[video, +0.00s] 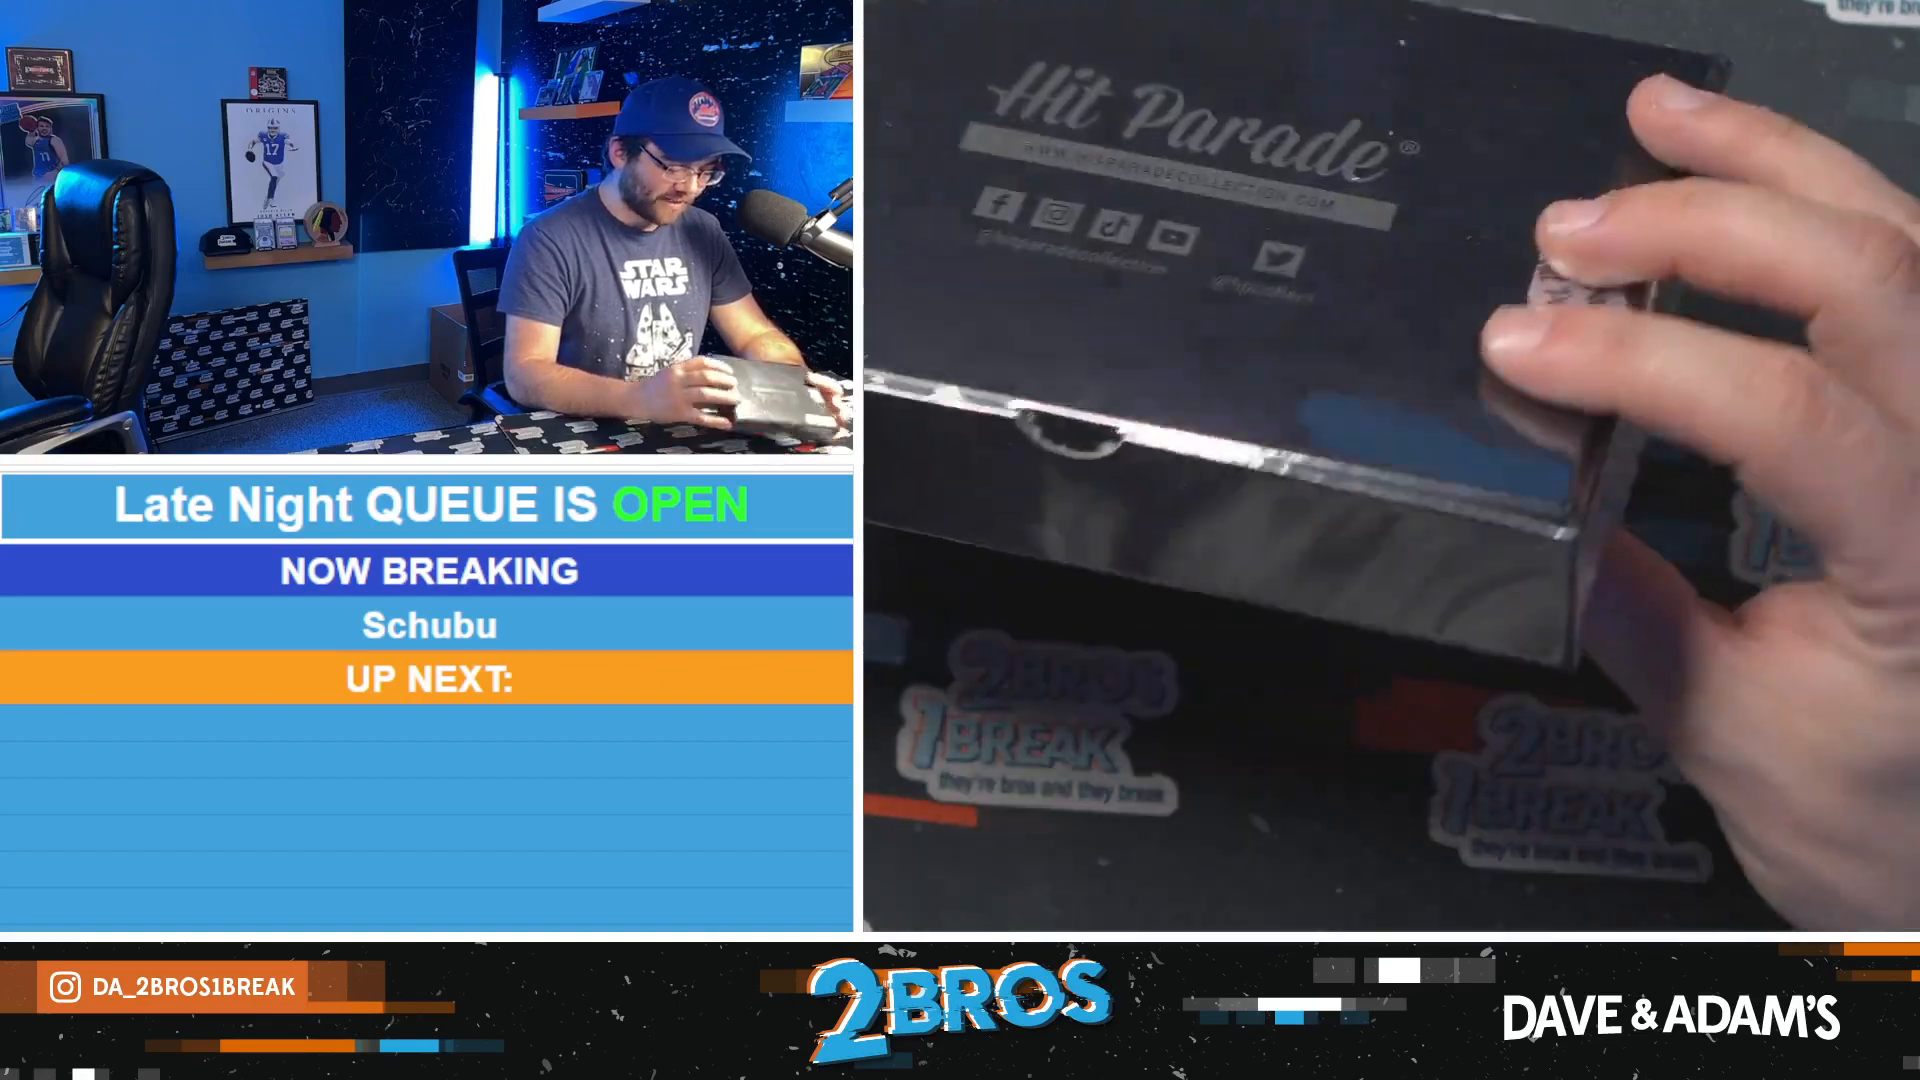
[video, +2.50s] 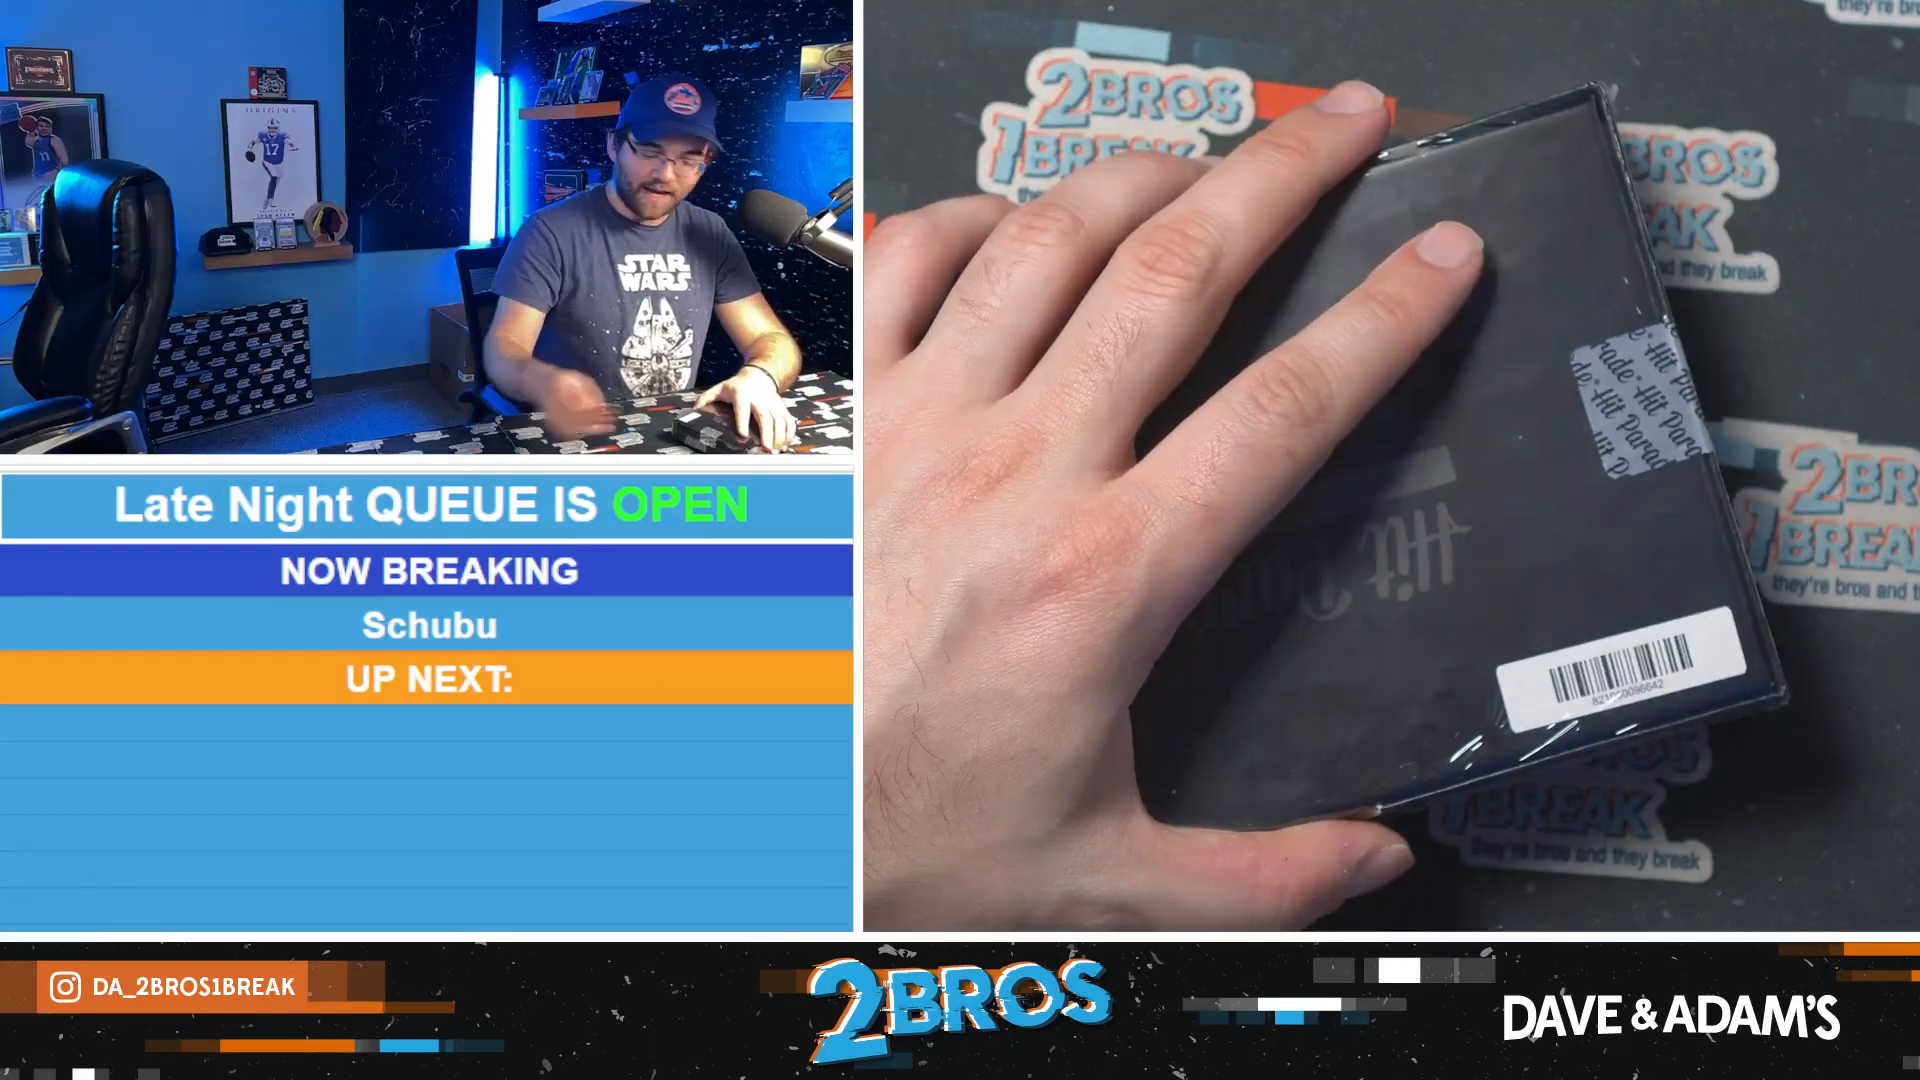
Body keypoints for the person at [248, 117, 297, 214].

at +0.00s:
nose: (273, 130)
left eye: (275, 128)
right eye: (271, 128)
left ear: (278, 128)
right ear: (268, 128)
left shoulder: (283, 136)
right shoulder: (263, 136)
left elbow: (290, 143)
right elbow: (253, 141)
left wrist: (292, 147)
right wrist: (250, 149)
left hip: (279, 164)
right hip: (267, 162)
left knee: (275, 182)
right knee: (274, 176)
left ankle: (267, 200)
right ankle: (270, 199)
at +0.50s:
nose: (273, 130)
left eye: (275, 128)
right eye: (271, 128)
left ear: (278, 128)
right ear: (268, 128)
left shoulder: (283, 136)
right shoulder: (263, 136)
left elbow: (290, 143)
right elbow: (253, 141)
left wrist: (292, 147)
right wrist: (250, 149)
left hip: (279, 164)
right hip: (267, 162)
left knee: (275, 182)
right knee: (274, 176)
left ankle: (267, 200)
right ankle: (270, 199)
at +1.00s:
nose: (273, 130)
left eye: (275, 128)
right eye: (271, 128)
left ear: (278, 128)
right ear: (268, 128)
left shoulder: (283, 136)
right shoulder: (263, 136)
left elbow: (290, 143)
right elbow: (253, 141)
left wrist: (292, 147)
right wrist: (250, 149)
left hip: (279, 164)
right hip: (267, 162)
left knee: (275, 182)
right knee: (274, 176)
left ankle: (267, 200)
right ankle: (270, 199)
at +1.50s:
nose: (273, 130)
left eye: (275, 128)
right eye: (271, 128)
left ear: (278, 128)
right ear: (268, 128)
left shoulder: (282, 136)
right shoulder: (263, 136)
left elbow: (290, 143)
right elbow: (253, 141)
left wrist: (293, 147)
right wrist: (250, 149)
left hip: (279, 164)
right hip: (267, 162)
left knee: (275, 182)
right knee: (274, 176)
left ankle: (267, 200)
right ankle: (270, 199)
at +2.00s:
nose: (273, 130)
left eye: (275, 128)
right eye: (271, 128)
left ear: (278, 128)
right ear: (268, 128)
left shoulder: (283, 136)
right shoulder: (263, 136)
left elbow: (289, 142)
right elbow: (253, 142)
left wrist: (292, 146)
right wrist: (250, 149)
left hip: (278, 163)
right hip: (267, 162)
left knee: (276, 181)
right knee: (274, 176)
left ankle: (267, 200)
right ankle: (270, 199)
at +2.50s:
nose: (272, 130)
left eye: (275, 128)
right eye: (270, 128)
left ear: (278, 129)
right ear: (268, 128)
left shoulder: (283, 136)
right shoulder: (263, 136)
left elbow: (289, 142)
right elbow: (253, 142)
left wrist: (292, 146)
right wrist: (250, 149)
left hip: (278, 163)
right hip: (267, 162)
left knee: (276, 181)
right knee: (274, 176)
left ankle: (267, 200)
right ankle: (270, 199)